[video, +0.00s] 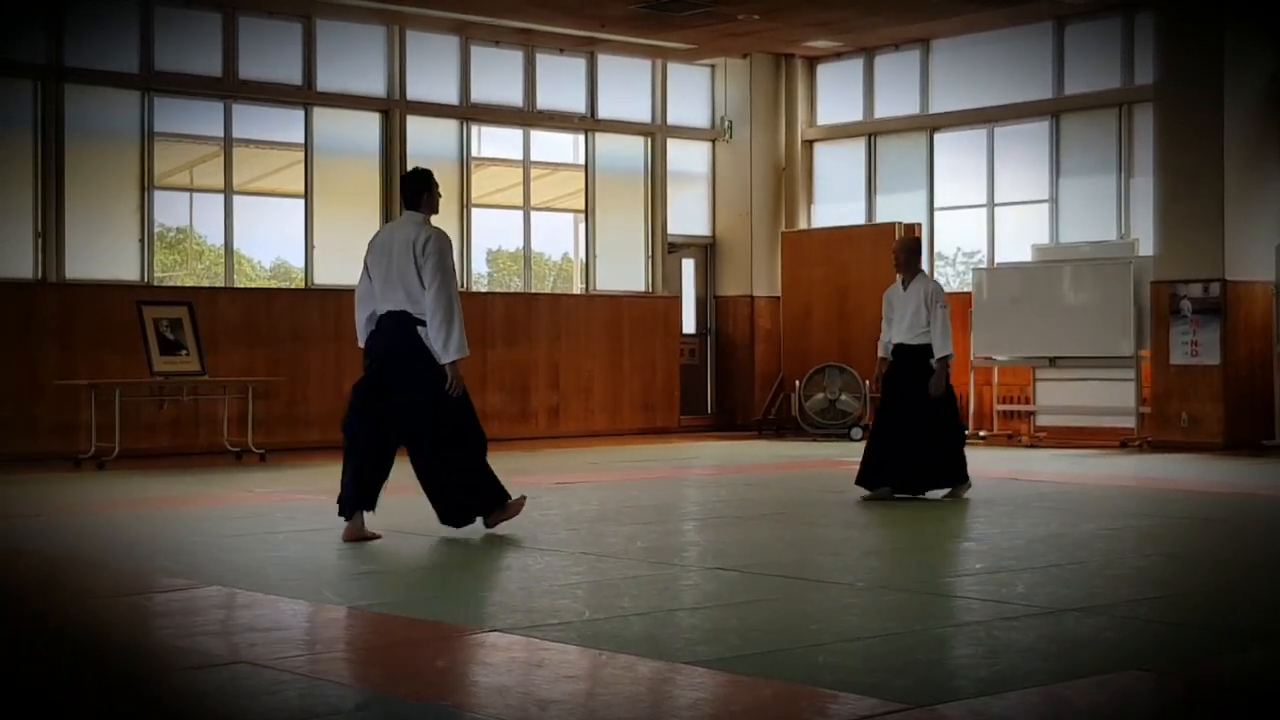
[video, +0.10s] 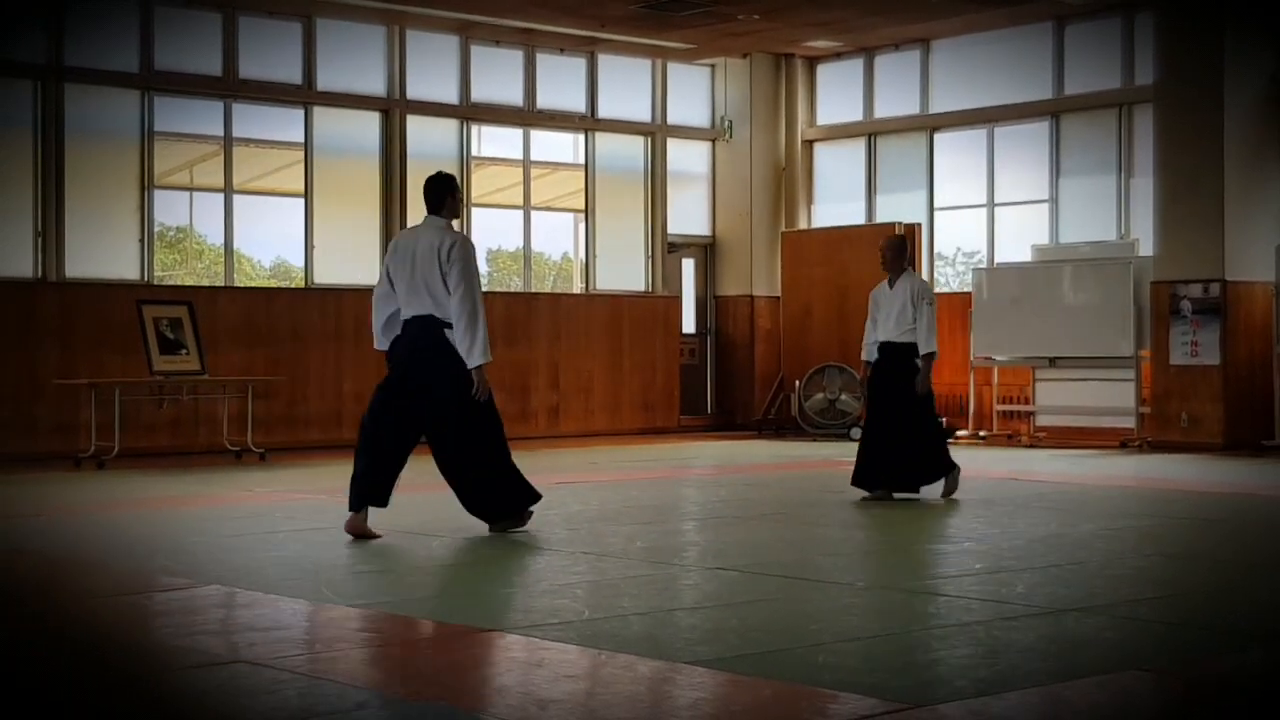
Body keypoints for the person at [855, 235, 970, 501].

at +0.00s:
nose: (895, 259)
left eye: (900, 254)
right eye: (894, 254)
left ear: (915, 257)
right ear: (895, 258)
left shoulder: (931, 289)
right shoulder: (890, 293)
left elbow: (941, 330)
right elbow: (886, 330)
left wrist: (941, 369)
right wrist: (881, 363)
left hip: (925, 359)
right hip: (898, 360)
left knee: (939, 421)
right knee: (890, 421)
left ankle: (959, 479)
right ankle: (884, 484)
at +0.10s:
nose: (881, 257)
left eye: (885, 252)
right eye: (880, 252)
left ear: (901, 255)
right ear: (884, 256)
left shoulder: (919, 287)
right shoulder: (877, 292)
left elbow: (927, 330)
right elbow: (870, 330)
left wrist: (926, 369)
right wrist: (866, 366)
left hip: (909, 358)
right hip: (882, 359)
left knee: (917, 421)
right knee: (881, 422)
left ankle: (949, 469)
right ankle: (882, 487)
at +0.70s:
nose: (830, 260)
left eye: (835, 255)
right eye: (830, 255)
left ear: (851, 258)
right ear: (834, 259)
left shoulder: (865, 291)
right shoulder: (826, 294)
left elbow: (864, 335)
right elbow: (816, 331)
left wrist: (855, 374)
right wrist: (803, 367)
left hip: (853, 361)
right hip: (831, 361)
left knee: (847, 425)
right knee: (823, 423)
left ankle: (851, 487)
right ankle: (824, 487)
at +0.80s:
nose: (825, 258)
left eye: (830, 254)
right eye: (825, 254)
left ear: (846, 257)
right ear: (829, 258)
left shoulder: (860, 289)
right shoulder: (820, 292)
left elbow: (858, 333)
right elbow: (811, 330)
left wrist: (846, 371)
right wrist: (798, 365)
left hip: (849, 361)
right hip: (826, 360)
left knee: (842, 426)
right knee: (817, 423)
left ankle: (845, 489)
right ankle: (821, 489)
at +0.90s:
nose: (818, 261)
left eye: (823, 256)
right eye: (818, 256)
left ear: (839, 259)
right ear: (820, 260)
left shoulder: (854, 293)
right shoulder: (813, 293)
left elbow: (853, 336)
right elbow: (801, 330)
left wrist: (837, 372)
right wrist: (785, 365)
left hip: (844, 362)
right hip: (820, 361)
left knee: (837, 426)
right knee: (812, 424)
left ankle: (844, 489)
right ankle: (818, 488)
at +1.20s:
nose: (770, 282)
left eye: (774, 277)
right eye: (770, 277)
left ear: (790, 278)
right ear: (785, 278)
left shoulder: (805, 305)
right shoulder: (783, 309)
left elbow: (799, 349)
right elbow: (776, 344)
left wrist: (777, 385)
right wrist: (765, 375)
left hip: (813, 376)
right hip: (793, 375)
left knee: (811, 433)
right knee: (785, 430)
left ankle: (827, 493)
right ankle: (795, 489)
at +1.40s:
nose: (719, 315)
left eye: (719, 308)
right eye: (717, 309)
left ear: (726, 305)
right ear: (738, 300)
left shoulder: (744, 322)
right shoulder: (752, 318)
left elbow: (740, 368)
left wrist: (728, 397)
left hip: (771, 385)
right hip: (781, 382)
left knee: (763, 442)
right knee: (772, 441)